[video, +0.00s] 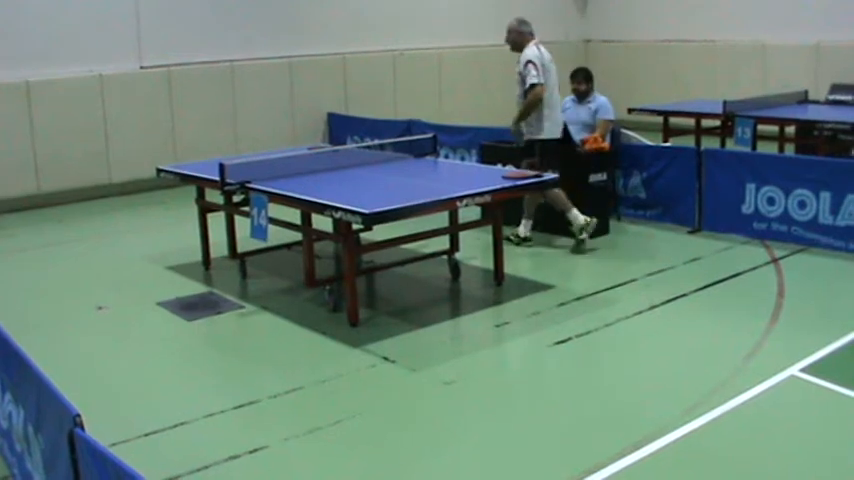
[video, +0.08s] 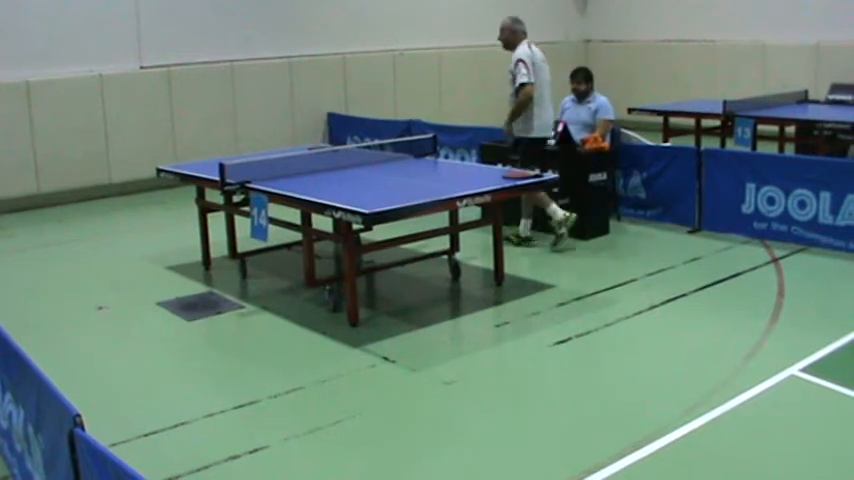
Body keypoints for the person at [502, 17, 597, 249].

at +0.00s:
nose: (506, 40)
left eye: (509, 35)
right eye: (507, 35)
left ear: (521, 34)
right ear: (526, 34)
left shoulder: (530, 55)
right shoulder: (541, 52)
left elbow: (537, 92)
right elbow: (545, 92)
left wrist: (517, 119)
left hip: (539, 131)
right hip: (547, 129)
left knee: (540, 180)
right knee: (535, 181)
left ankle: (580, 221)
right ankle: (523, 230)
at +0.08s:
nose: (499, 39)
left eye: (502, 33)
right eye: (500, 33)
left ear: (514, 33)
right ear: (520, 33)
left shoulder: (522, 55)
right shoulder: (535, 52)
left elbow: (527, 92)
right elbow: (538, 90)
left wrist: (509, 121)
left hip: (529, 130)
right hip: (540, 128)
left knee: (526, 180)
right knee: (527, 180)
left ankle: (559, 216)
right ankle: (524, 230)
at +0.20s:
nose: (489, 37)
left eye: (492, 32)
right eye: (490, 32)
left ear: (504, 32)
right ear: (510, 32)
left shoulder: (509, 55)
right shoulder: (527, 52)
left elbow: (513, 93)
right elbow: (529, 90)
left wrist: (496, 125)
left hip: (514, 129)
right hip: (531, 127)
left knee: (495, 174)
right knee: (523, 177)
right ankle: (524, 228)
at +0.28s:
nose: (482, 38)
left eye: (484, 33)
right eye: (483, 33)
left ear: (496, 33)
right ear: (503, 33)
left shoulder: (500, 56)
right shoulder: (521, 53)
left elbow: (503, 94)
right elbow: (514, 92)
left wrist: (487, 123)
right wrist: (486, 115)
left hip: (504, 130)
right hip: (523, 128)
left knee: (492, 177)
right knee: (522, 179)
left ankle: (492, 228)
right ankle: (524, 229)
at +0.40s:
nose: (469, 43)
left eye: (471, 38)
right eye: (470, 38)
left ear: (482, 36)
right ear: (491, 36)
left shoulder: (485, 60)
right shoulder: (508, 56)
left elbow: (485, 97)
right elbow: (496, 93)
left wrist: (473, 129)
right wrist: (468, 109)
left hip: (492, 133)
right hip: (513, 131)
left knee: (476, 177)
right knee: (516, 179)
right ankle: (523, 227)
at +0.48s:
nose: (459, 42)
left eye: (461, 37)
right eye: (459, 37)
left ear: (472, 37)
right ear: (480, 37)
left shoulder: (473, 61)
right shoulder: (498, 57)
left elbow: (473, 99)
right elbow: (490, 97)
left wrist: (462, 132)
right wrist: (461, 111)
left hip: (481, 134)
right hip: (503, 132)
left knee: (467, 179)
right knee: (509, 179)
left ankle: (451, 224)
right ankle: (521, 226)